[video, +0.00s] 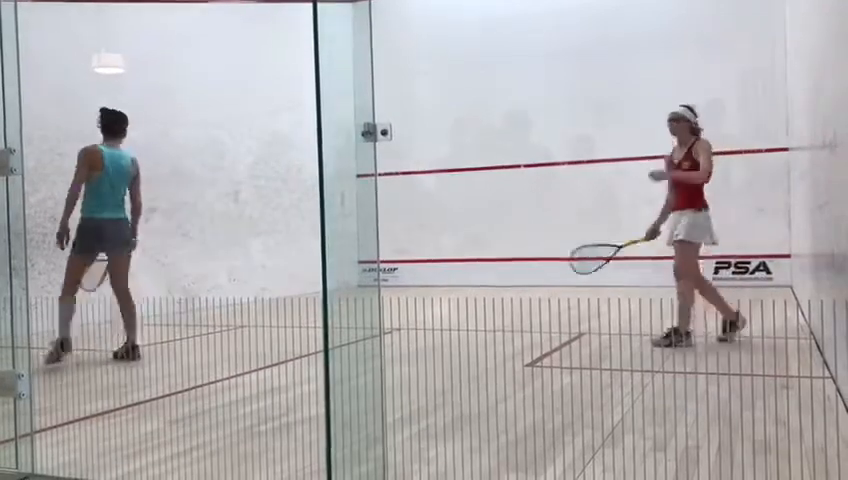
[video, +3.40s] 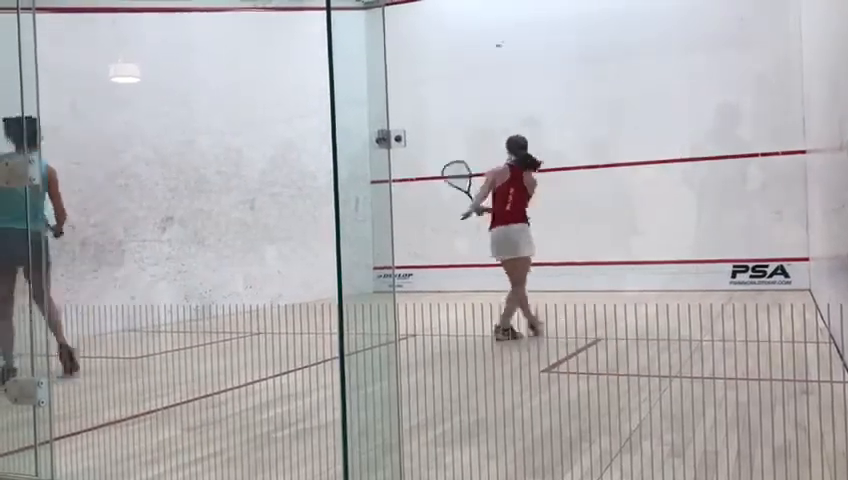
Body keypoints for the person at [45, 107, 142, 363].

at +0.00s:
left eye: (104, 128)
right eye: (123, 130)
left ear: (102, 129)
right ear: (124, 132)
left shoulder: (89, 154)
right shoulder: (131, 161)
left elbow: (75, 190)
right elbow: (136, 202)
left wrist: (64, 222)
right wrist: (134, 231)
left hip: (91, 229)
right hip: (120, 230)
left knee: (70, 287)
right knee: (121, 288)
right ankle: (132, 344)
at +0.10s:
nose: (114, 138)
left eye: (114, 133)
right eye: (112, 132)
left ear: (88, 132)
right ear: (104, 132)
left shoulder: (68, 155)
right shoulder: (113, 163)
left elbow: (56, 190)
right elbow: (119, 206)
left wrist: (46, 220)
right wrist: (115, 232)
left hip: (71, 230)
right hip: (102, 230)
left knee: (50, 291)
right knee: (113, 290)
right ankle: (129, 343)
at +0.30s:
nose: (85, 136)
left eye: (84, 131)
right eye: (82, 131)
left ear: (61, 131)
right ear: (69, 130)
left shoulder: (36, 155)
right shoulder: (77, 162)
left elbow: (16, 186)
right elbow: (84, 200)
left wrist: (8, 212)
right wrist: (89, 222)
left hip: (34, 226)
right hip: (62, 227)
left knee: (24, 287)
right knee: (80, 291)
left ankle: (7, 344)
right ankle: (92, 345)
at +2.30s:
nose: (95, 132)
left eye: (93, 126)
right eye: (91, 127)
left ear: (72, 129)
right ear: (77, 129)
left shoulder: (46, 156)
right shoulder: (88, 161)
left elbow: (27, 193)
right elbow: (93, 206)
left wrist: (31, 227)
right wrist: (103, 242)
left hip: (47, 229)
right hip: (77, 230)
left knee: (43, 297)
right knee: (74, 299)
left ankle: (32, 358)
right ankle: (71, 360)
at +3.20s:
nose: (64, 135)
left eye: (62, 130)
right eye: (60, 130)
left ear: (39, 135)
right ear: (49, 134)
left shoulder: (17, 164)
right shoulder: (64, 166)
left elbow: (4, 202)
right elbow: (80, 208)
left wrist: (3, 237)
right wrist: (91, 236)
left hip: (23, 238)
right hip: (56, 237)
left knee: (17, 302)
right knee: (67, 304)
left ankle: (9, 365)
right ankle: (77, 363)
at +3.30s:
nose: (53, 138)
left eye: (51, 133)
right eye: (50, 134)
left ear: (25, 136)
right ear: (44, 137)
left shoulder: (8, 165)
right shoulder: (54, 168)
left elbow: (2, 195)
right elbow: (69, 208)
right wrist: (76, 235)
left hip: (11, 238)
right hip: (43, 237)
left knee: (8, 307)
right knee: (58, 301)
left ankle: (8, 366)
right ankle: (75, 357)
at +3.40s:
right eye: (37, 138)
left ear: (12, 139)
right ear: (37, 139)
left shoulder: (3, 165)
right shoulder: (44, 169)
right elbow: (59, 209)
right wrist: (58, 227)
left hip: (6, 240)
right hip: (33, 239)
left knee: (4, 306)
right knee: (42, 295)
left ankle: (7, 363)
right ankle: (62, 343)